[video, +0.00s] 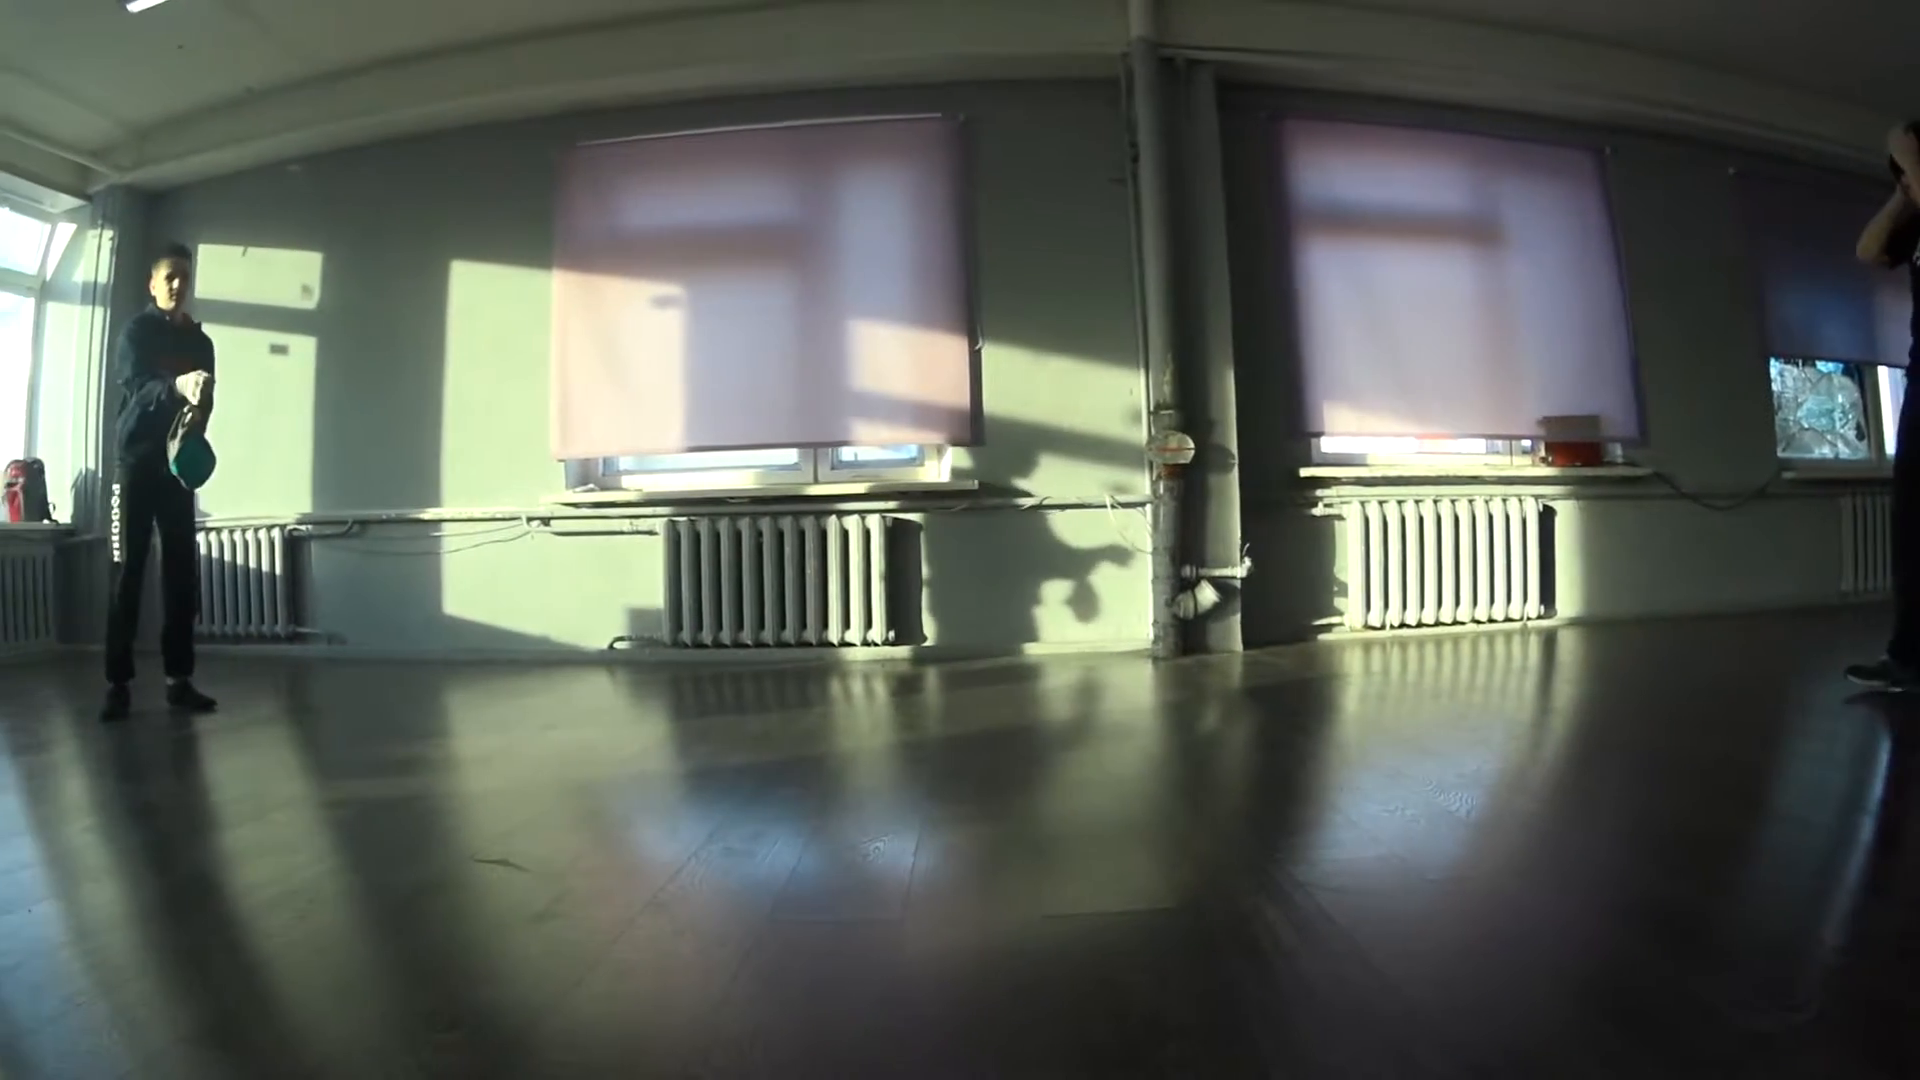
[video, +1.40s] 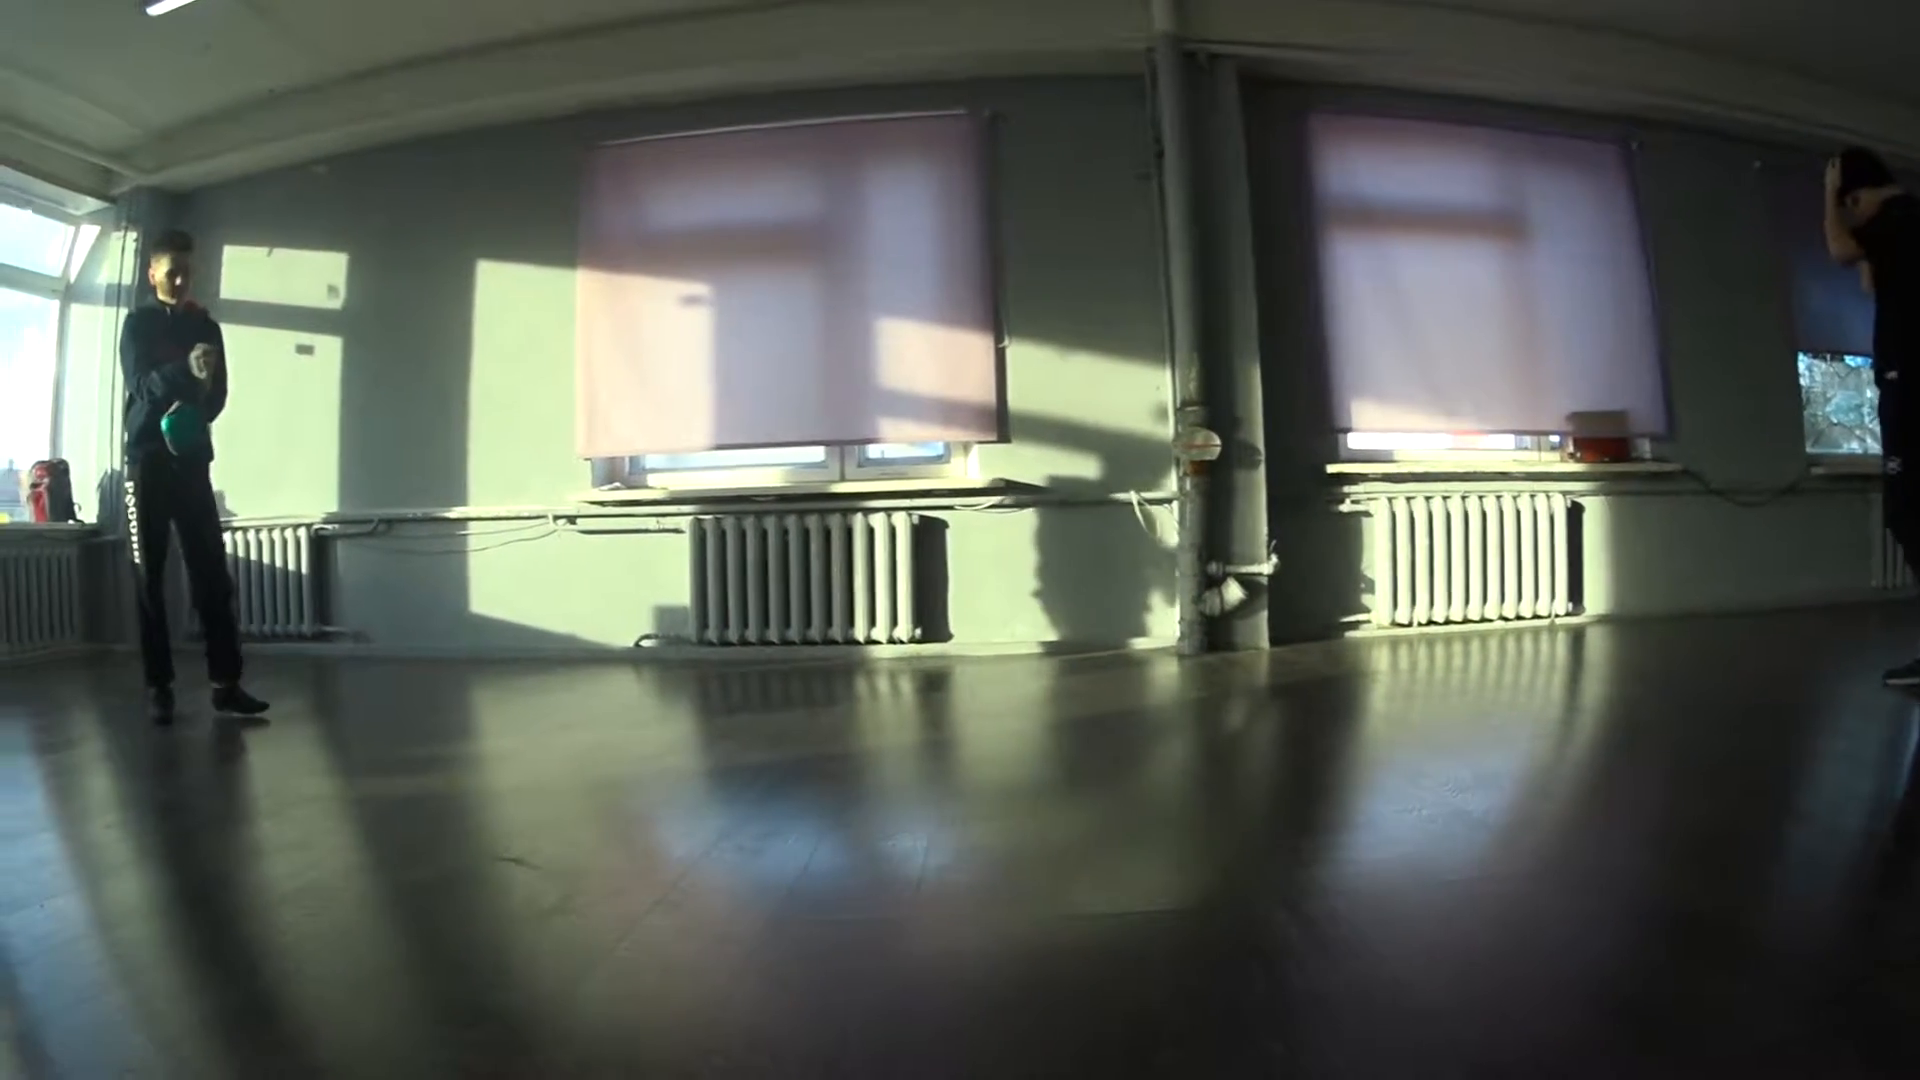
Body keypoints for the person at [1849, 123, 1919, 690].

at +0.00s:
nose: (1898, 174)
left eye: (1902, 164)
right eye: (1897, 164)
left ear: (1913, 162)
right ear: (1906, 164)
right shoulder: (1911, 217)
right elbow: (1869, 251)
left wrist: (1907, 174)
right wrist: (1906, 195)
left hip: (1919, 391)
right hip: (1916, 388)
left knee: (1912, 520)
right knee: (1909, 517)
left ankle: (1908, 656)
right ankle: (1904, 654)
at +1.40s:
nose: (1843, 206)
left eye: (1844, 195)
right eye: (1842, 195)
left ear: (1855, 190)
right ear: (1878, 182)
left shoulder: (1892, 217)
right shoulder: (1892, 220)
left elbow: (1841, 248)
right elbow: (1864, 275)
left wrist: (1830, 195)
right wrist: (1842, 205)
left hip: (1904, 391)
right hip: (1899, 389)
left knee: (1906, 520)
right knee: (1905, 520)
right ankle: (1919, 655)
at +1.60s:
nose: (1784, 196)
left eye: (1785, 184)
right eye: (1781, 187)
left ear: (1802, 183)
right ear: (1820, 175)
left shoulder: (1849, 213)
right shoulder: (1833, 225)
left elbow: (1793, 240)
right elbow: (1795, 283)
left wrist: (1777, 190)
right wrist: (1793, 225)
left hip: (1861, 386)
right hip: (1842, 387)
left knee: (1861, 519)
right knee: (1858, 520)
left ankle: (1885, 655)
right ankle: (1880, 655)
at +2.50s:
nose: (1811, 163)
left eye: (1819, 152)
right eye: (1801, 157)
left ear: (1839, 155)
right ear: (1793, 168)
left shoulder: (1873, 206)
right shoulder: (1801, 223)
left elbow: (1876, 192)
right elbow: (1749, 254)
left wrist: (1831, 126)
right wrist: (1772, 188)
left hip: (1875, 378)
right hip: (1819, 381)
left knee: (1878, 514)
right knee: (1813, 514)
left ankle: (1882, 656)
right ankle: (1846, 647)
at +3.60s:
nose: (1758, 158)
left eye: (1768, 147)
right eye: (1753, 149)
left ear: (1792, 151)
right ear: (1754, 157)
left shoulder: (1825, 201)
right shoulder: (1767, 218)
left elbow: (1784, 189)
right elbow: (1720, 243)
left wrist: (1763, 132)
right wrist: (1735, 188)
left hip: (1827, 379)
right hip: (1780, 382)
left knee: (1841, 521)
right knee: (1789, 526)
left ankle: (1868, 662)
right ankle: (1814, 662)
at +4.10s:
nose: (1724, 179)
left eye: (1732, 168)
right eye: (1716, 172)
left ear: (1756, 164)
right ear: (1711, 176)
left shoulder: (1792, 204)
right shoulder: (1733, 227)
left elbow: (1784, 234)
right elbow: (1702, 290)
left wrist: (1716, 187)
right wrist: (1694, 237)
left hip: (1798, 378)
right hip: (1757, 381)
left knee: (1783, 518)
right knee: (1777, 519)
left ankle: (1811, 665)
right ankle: (1799, 661)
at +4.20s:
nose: (1717, 181)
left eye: (1724, 167)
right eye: (1708, 173)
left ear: (1748, 161)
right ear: (1704, 178)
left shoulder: (1782, 203)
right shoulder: (1733, 232)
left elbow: (1804, 251)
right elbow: (1723, 308)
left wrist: (1721, 262)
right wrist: (1694, 284)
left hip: (1794, 378)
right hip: (1755, 382)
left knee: (1777, 517)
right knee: (1782, 518)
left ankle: (1767, 661)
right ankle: (1813, 661)